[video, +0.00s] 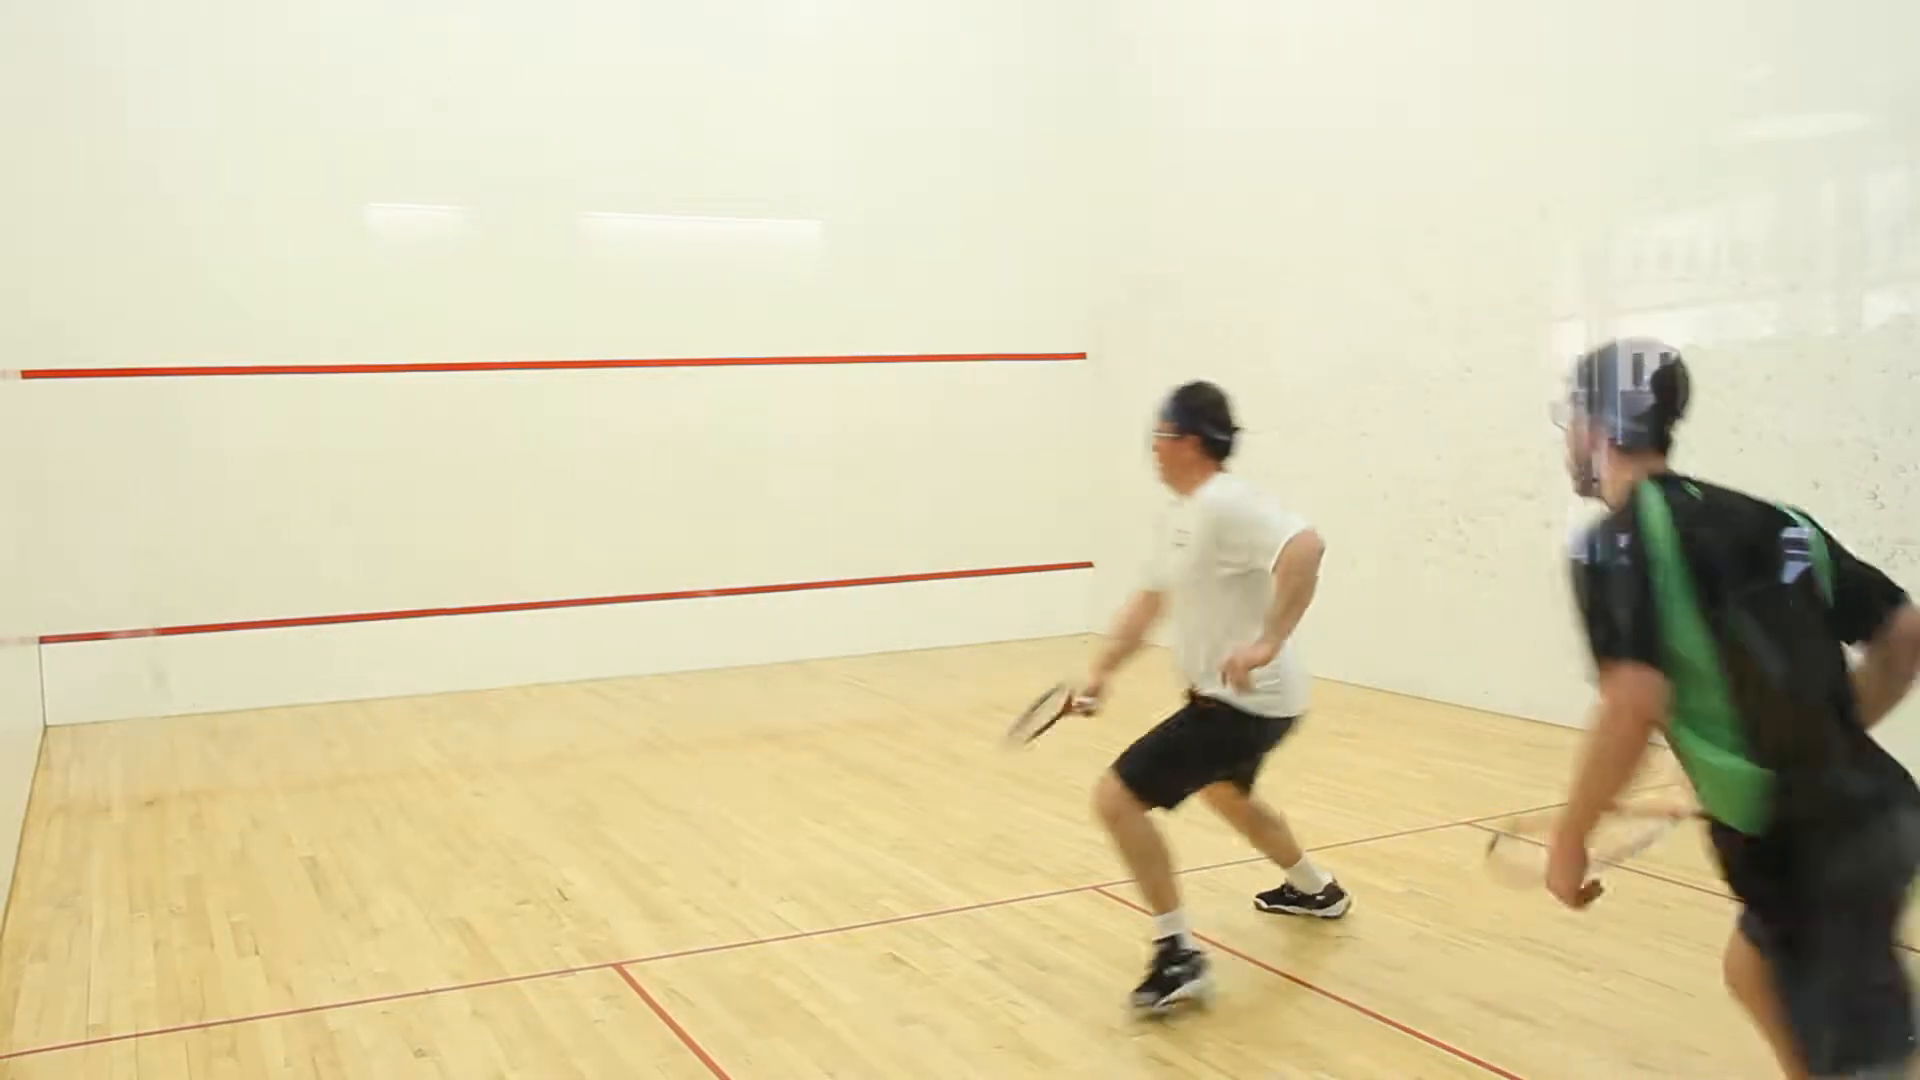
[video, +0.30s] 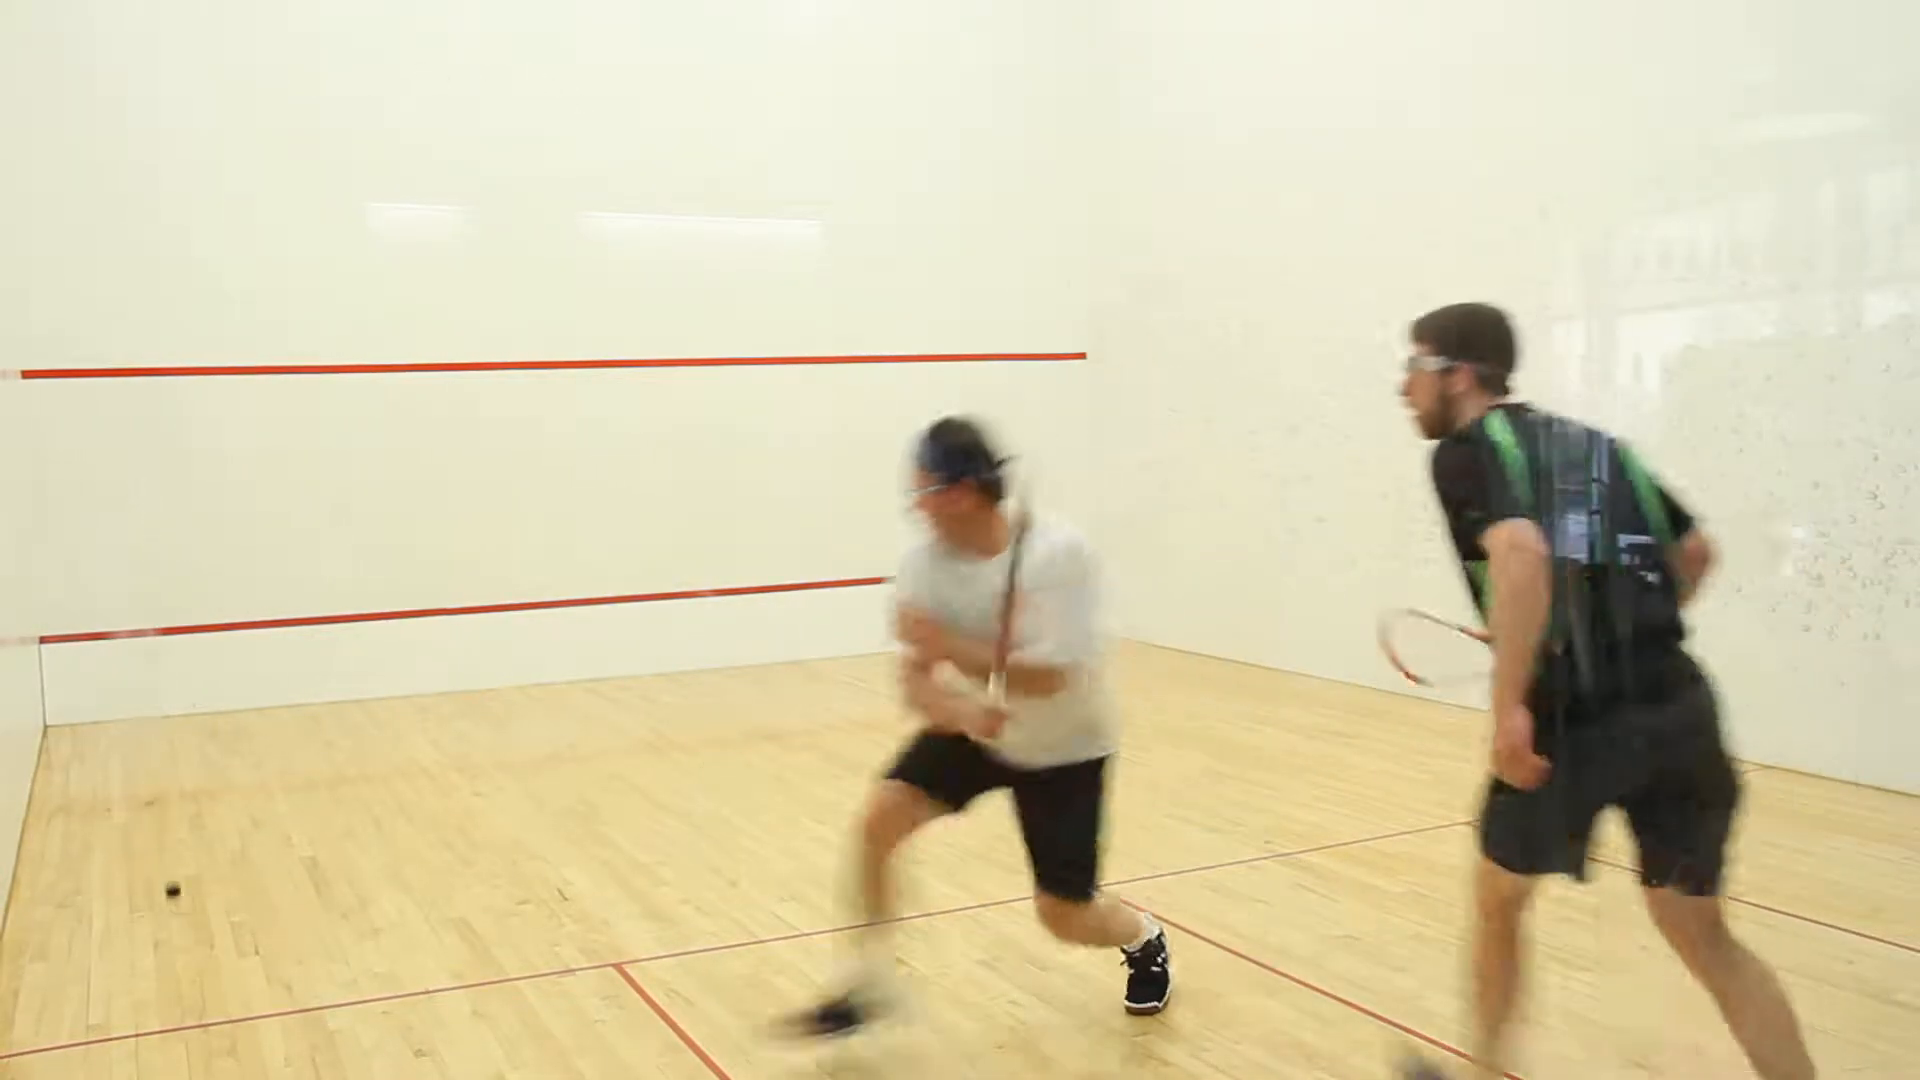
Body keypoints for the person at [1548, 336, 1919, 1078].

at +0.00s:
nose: (1569, 439)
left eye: (1574, 419)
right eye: (1571, 420)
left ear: (1597, 428)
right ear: (1660, 423)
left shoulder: (1617, 534)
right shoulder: (1771, 519)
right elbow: (1902, 633)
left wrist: (1571, 832)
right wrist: (1828, 727)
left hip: (1808, 844)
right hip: (1879, 808)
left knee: (1858, 1056)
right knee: (1754, 970)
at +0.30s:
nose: (1404, 387)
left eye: (1415, 370)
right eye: (1407, 368)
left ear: (1463, 377)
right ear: (1490, 378)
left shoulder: (1469, 449)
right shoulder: (1592, 443)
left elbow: (1520, 556)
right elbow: (1692, 551)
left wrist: (1509, 704)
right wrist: (1617, 634)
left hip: (1569, 722)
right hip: (1674, 709)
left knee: (1499, 898)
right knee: (1696, 926)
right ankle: (1796, 1070)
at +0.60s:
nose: (1252, 401)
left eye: (1264, 388)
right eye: (1256, 386)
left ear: (1310, 399)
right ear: (1323, 400)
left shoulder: (1303, 485)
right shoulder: (1421, 461)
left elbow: (1322, 604)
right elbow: (1489, 563)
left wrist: (1277, 716)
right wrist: (1415, 619)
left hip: (1390, 711)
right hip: (1474, 701)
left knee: (1322, 843)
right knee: (1460, 864)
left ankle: (1365, 1025)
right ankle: (1613, 989)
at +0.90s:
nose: (1197, 429)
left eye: (1201, 418)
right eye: (1201, 416)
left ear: (1212, 428)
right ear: (1271, 430)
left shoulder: (1223, 506)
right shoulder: (1330, 494)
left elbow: (1242, 610)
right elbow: (1389, 601)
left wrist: (1181, 693)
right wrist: (1324, 643)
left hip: (1299, 711)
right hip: (1383, 702)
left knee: (1186, 829)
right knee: (1358, 802)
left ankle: (1149, 1007)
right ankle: (1389, 933)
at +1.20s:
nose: (1331, 411)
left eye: (1333, 402)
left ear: (1339, 406)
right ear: (1394, 412)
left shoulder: (1294, 466)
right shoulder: (1437, 486)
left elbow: (1192, 495)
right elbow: (1474, 602)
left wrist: (1138, 543)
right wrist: (1471, 564)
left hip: (1314, 684)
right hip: (1405, 687)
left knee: (1257, 818)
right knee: (1393, 784)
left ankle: (1244, 964)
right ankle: (1402, 917)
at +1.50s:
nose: (1452, 447)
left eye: (1454, 438)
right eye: (1457, 440)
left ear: (1462, 439)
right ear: (1516, 458)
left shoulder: (1425, 480)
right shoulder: (1526, 542)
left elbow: (1357, 544)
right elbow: (1479, 621)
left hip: (1370, 676)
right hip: (1451, 696)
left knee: (1287, 807)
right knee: (1477, 789)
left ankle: (1217, 941)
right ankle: (1498, 933)